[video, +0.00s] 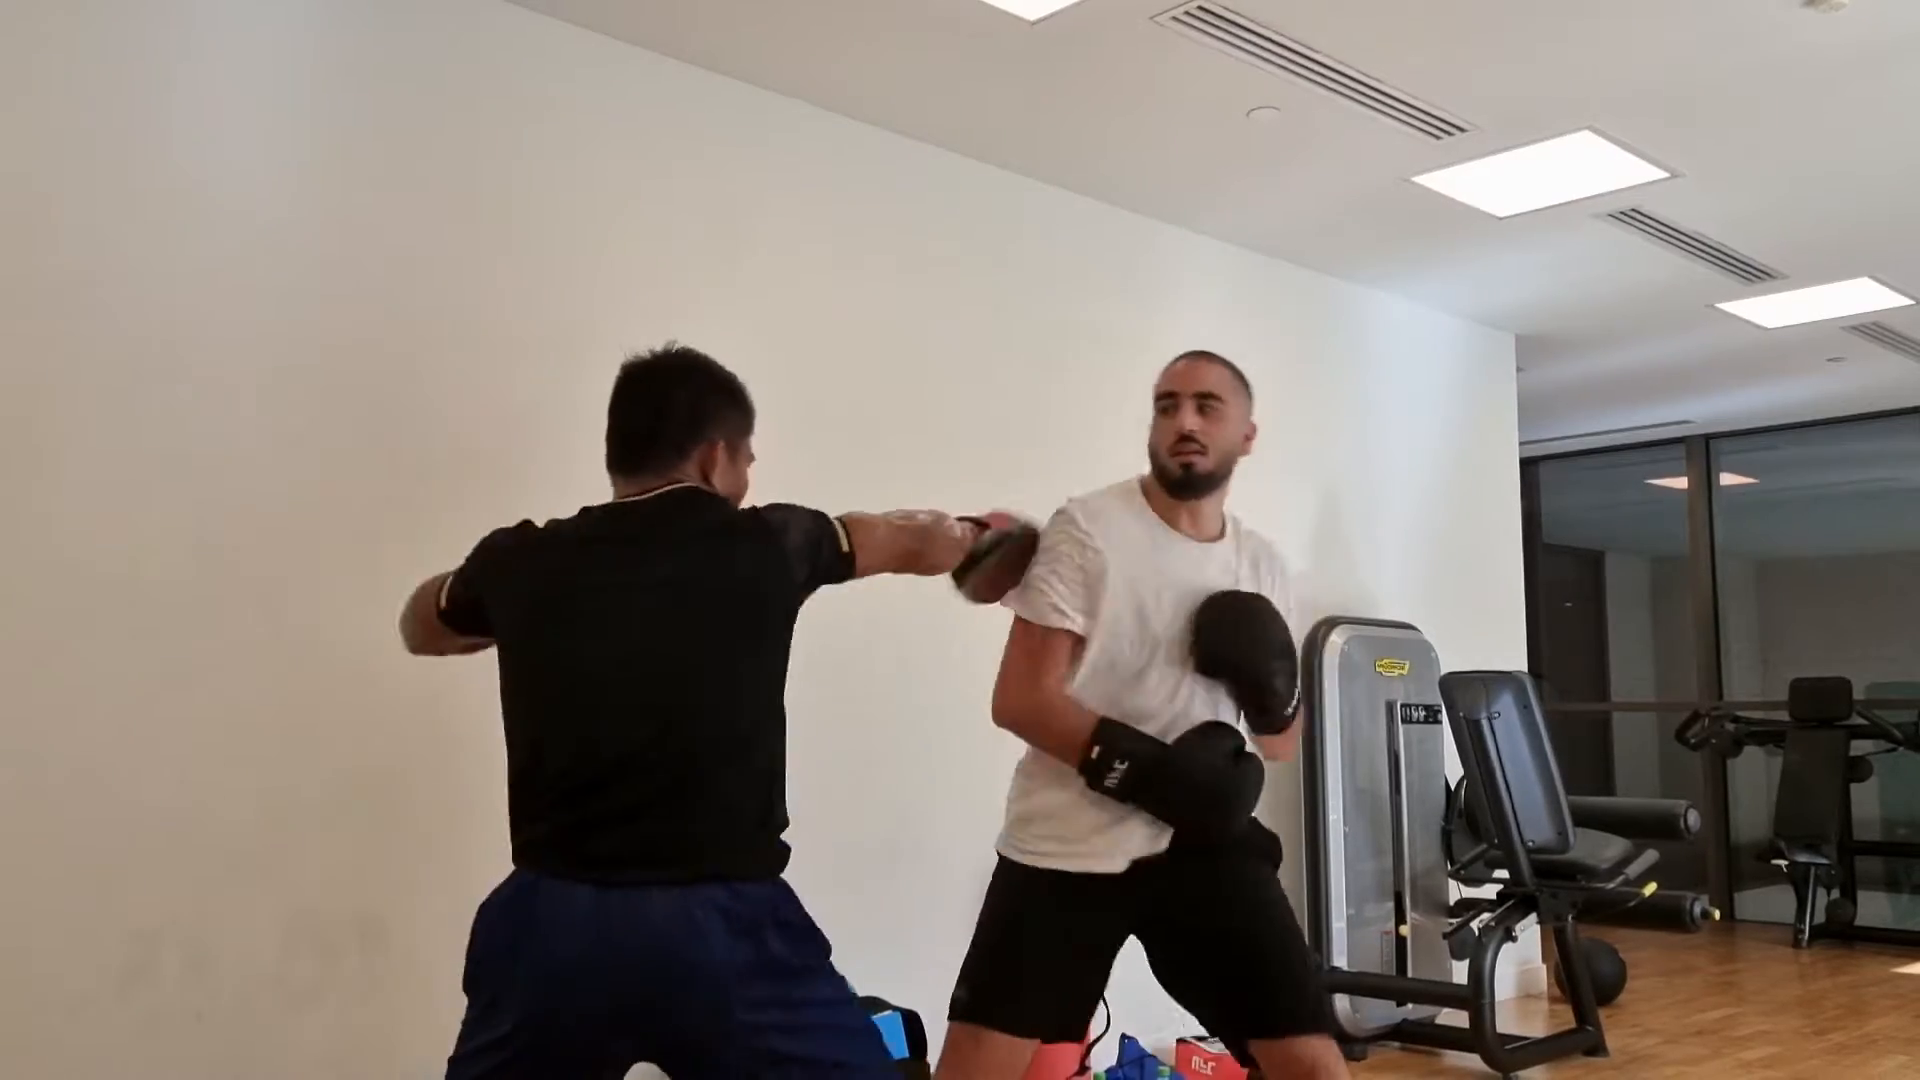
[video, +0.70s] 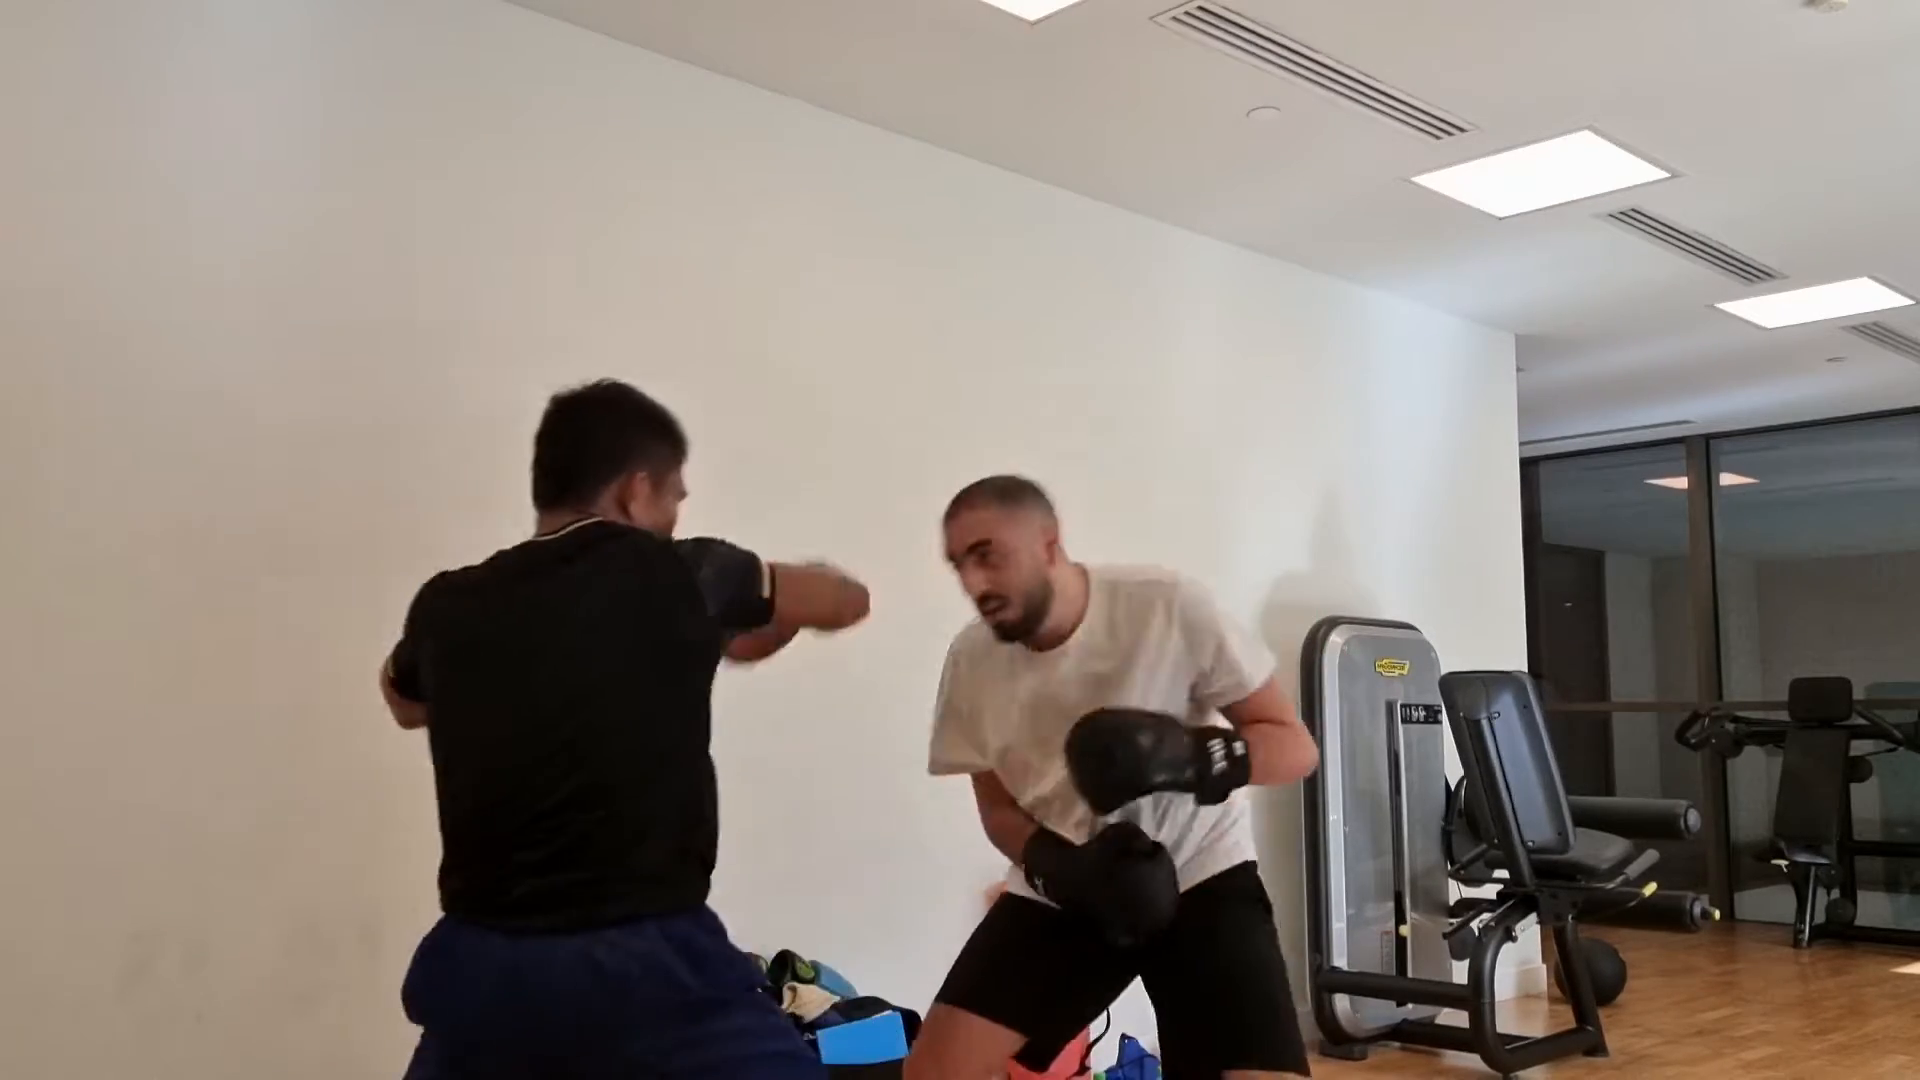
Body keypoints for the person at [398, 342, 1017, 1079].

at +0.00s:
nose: (747, 483)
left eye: (748, 461)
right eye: (746, 459)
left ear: (616, 461)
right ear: (711, 457)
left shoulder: (519, 561)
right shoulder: (768, 540)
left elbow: (421, 628)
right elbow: (917, 541)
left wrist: (498, 579)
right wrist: (977, 536)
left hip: (547, 940)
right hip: (730, 939)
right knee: (861, 1053)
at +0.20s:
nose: (834, 464)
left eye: (837, 444)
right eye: (833, 442)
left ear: (709, 434)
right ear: (796, 440)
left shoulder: (649, 559)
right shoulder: (763, 548)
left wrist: (824, 617)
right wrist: (907, 626)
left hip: (618, 921)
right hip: (750, 933)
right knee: (909, 1063)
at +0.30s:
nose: (857, 464)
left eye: (861, 443)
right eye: (858, 442)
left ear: (732, 436)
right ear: (821, 438)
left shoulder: (664, 562)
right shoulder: (791, 545)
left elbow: (788, 680)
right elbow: (915, 704)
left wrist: (871, 554)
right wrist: (1013, 646)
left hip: (626, 919)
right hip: (765, 931)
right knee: (920, 1065)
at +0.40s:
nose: (839, 464)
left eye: (838, 443)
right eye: (837, 443)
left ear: (712, 443)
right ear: (803, 442)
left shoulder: (619, 568)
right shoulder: (843, 527)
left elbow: (588, 747)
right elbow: (1031, 574)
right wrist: (1137, 557)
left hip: (606, 915)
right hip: (776, 924)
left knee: (528, 1068)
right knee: (898, 1066)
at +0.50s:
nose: (790, 484)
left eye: (792, 469)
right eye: (792, 467)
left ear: (666, 464)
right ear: (770, 462)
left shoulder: (575, 578)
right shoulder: (809, 545)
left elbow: (494, 729)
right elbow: (975, 521)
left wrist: (602, 661)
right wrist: (1084, 496)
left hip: (572, 934)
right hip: (752, 941)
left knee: (477, 1071)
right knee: (867, 1065)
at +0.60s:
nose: (731, 502)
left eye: (735, 485)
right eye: (731, 482)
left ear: (606, 471)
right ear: (697, 472)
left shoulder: (502, 582)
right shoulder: (736, 550)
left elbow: (444, 719)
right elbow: (859, 535)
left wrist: (557, 681)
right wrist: (910, 494)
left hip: (516, 955)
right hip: (698, 949)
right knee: (821, 1060)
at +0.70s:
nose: (677, 520)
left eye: (682, 501)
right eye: (676, 499)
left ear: (546, 490)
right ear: (635, 490)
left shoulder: (446, 601)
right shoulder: (681, 571)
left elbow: (406, 704)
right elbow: (849, 596)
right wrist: (778, 622)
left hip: (482, 985)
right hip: (660, 975)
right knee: (778, 1057)